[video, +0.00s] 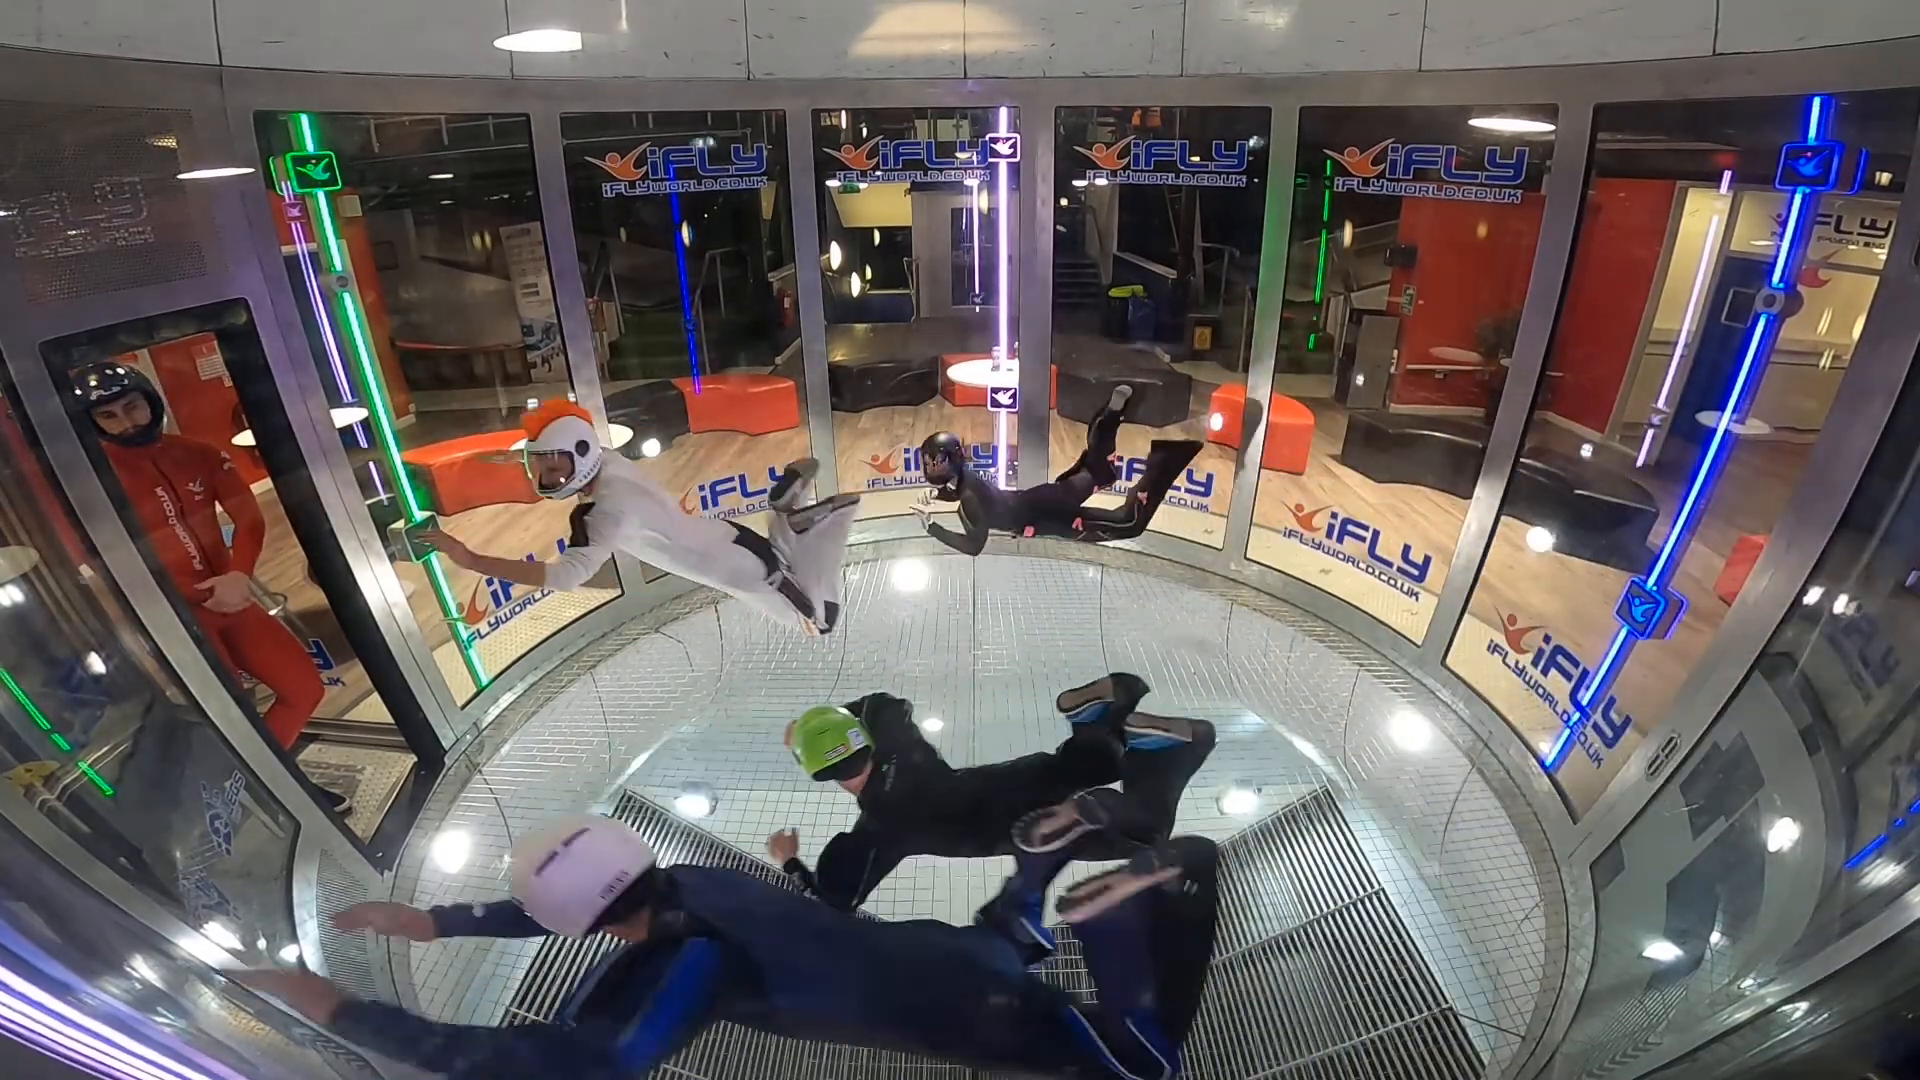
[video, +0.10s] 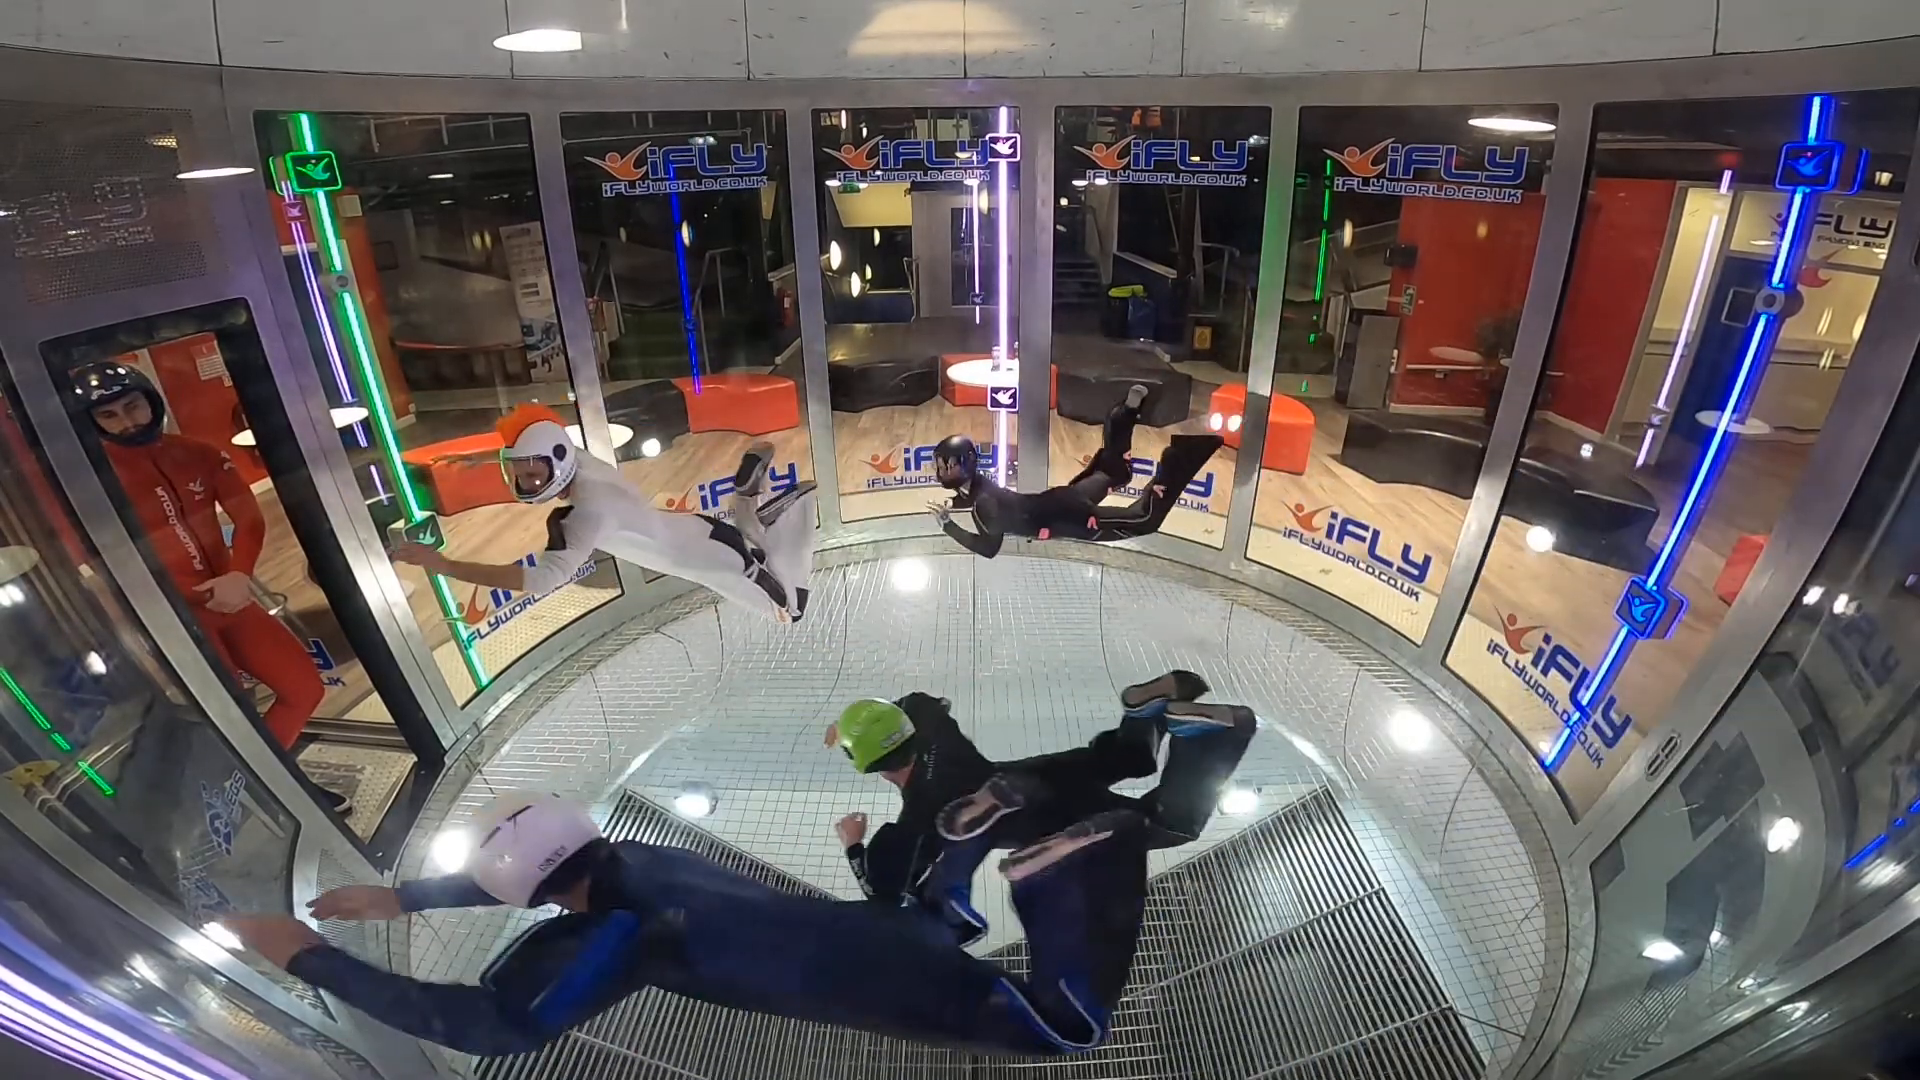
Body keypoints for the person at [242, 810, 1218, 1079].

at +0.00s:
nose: (596, 864)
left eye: (572, 905)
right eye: (600, 857)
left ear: (603, 925)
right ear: (619, 874)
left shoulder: (683, 947)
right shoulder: (667, 880)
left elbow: (566, 1056)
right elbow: (543, 903)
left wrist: (347, 1014)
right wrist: (432, 920)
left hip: (988, 998)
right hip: (955, 957)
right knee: (1025, 901)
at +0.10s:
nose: (526, 906)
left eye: (528, 894)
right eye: (522, 892)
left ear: (554, 887)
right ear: (563, 850)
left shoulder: (621, 921)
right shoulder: (608, 850)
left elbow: (495, 1025)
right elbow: (492, 882)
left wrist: (313, 957)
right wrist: (392, 892)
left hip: (871, 973)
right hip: (846, 930)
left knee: (1055, 1020)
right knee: (928, 934)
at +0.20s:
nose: (487, 853)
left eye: (489, 846)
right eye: (495, 833)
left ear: (512, 853)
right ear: (541, 814)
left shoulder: (558, 897)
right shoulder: (585, 822)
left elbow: (441, 991)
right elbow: (482, 836)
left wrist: (291, 940)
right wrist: (385, 859)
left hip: (826, 951)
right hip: (820, 897)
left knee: (1001, 1007)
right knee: (893, 892)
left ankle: (1004, 869)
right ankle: (935, 814)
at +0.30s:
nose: (464, 826)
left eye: (464, 817)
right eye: (467, 805)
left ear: (488, 818)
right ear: (517, 773)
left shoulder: (527, 877)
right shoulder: (564, 789)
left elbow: (400, 952)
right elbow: (452, 807)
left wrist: (262, 923)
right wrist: (360, 824)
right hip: (793, 868)